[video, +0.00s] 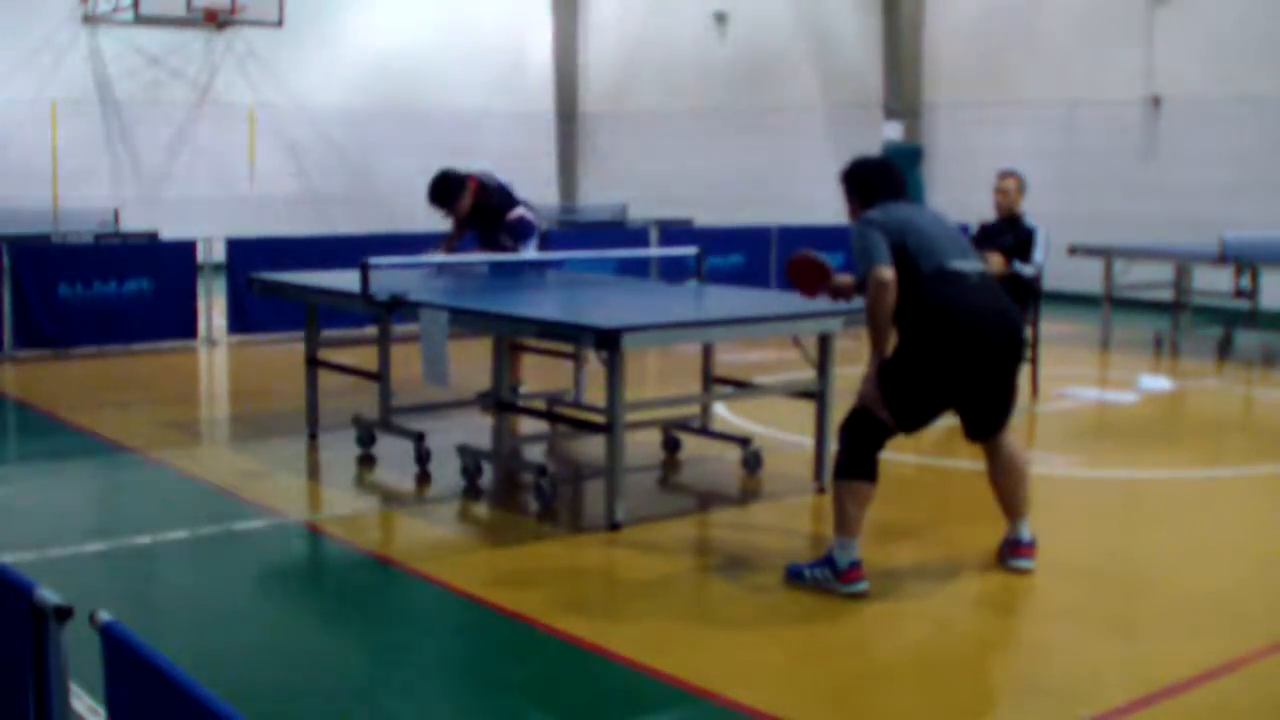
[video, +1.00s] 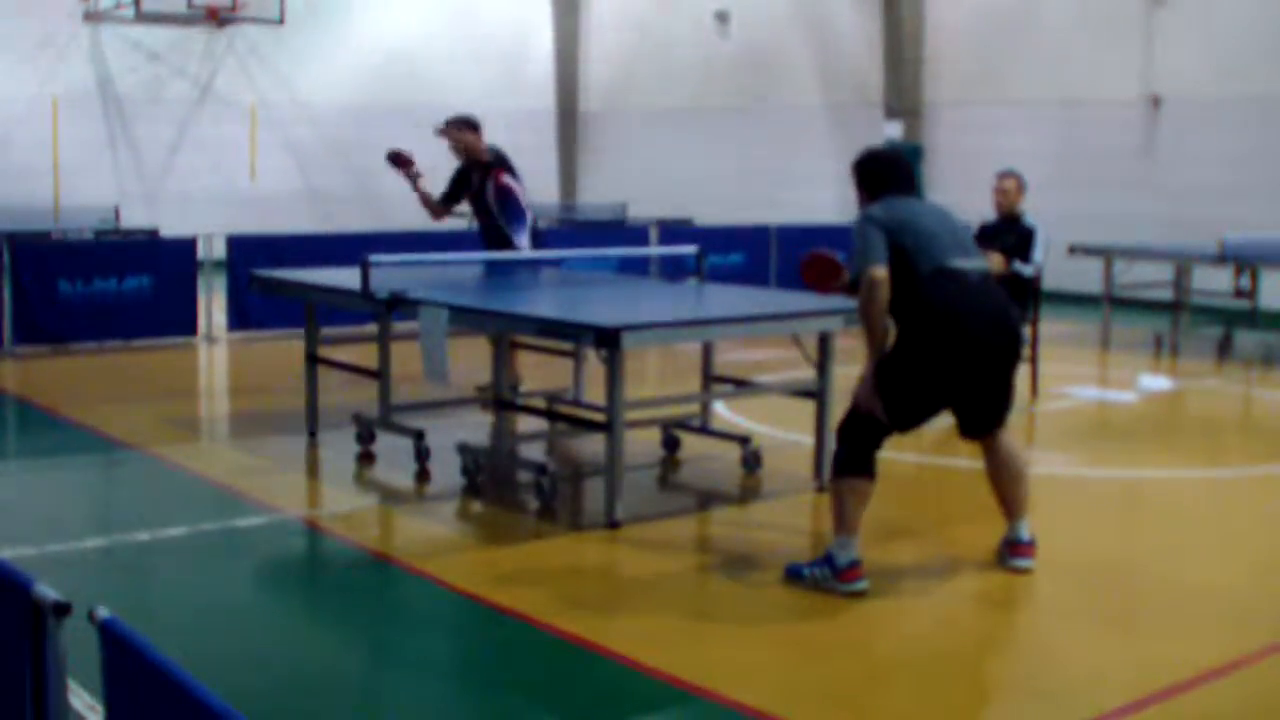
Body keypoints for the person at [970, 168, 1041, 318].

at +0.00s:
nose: (1000, 199)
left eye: (1006, 193)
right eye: (998, 192)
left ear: (1019, 196)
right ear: (994, 194)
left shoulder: (1032, 232)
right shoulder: (985, 230)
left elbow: (1034, 270)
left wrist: (1008, 266)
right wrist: (986, 262)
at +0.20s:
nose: (999, 199)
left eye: (1006, 193)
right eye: (997, 192)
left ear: (1019, 195)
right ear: (994, 193)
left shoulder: (1033, 231)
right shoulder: (985, 230)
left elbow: (1035, 269)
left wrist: (1008, 266)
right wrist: (986, 263)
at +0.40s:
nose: (999, 199)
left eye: (1006, 193)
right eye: (997, 192)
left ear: (1019, 195)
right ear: (994, 193)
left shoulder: (1032, 231)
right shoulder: (985, 229)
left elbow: (1034, 270)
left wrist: (1008, 265)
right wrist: (985, 262)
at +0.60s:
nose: (999, 199)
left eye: (1006, 193)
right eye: (997, 192)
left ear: (1019, 195)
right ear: (993, 193)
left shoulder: (1032, 230)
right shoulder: (985, 230)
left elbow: (1035, 269)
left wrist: (1008, 265)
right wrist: (986, 260)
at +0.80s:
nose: (998, 197)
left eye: (1004, 191)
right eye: (996, 190)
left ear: (1018, 192)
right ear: (992, 191)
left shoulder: (1033, 228)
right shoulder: (985, 228)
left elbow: (1034, 266)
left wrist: (1008, 263)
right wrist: (987, 258)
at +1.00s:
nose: (999, 199)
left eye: (1005, 193)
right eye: (997, 192)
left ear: (1019, 195)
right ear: (993, 193)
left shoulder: (1032, 231)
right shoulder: (985, 230)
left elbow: (1034, 269)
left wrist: (1008, 265)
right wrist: (987, 261)